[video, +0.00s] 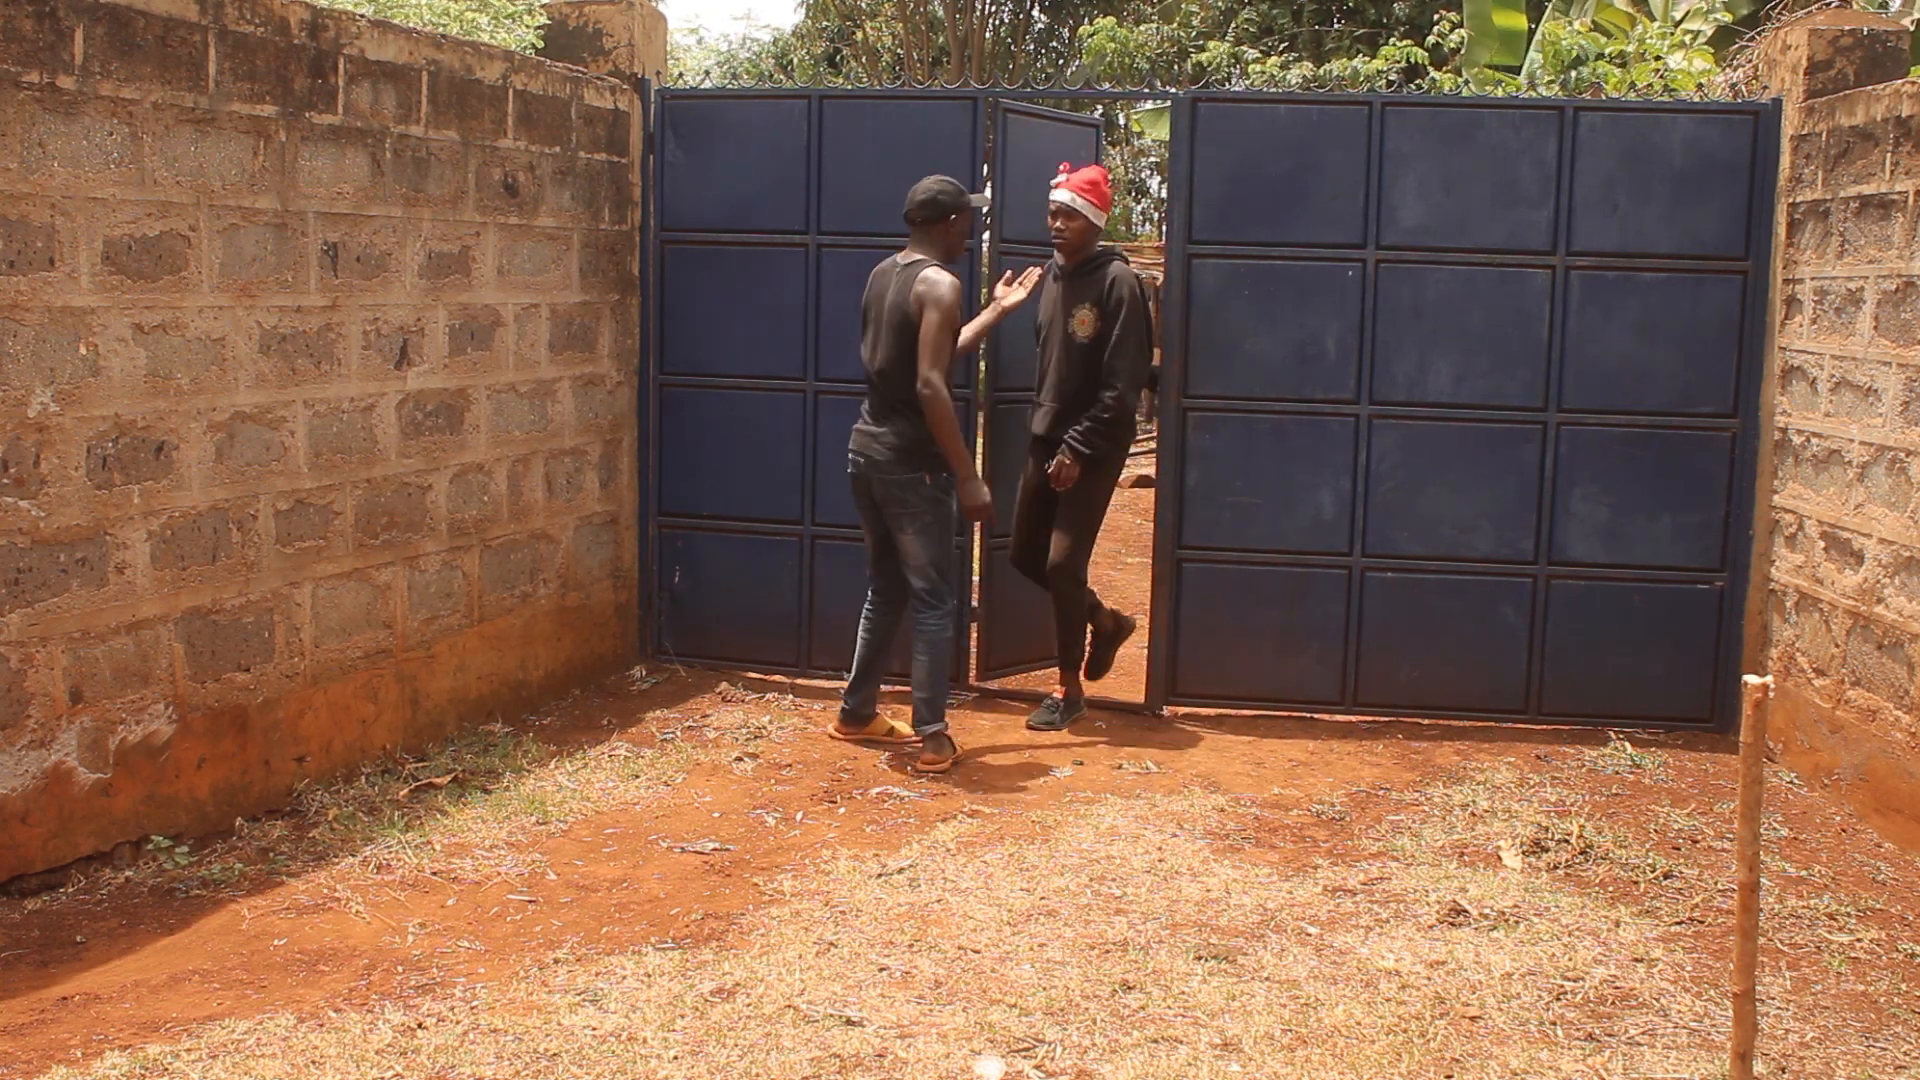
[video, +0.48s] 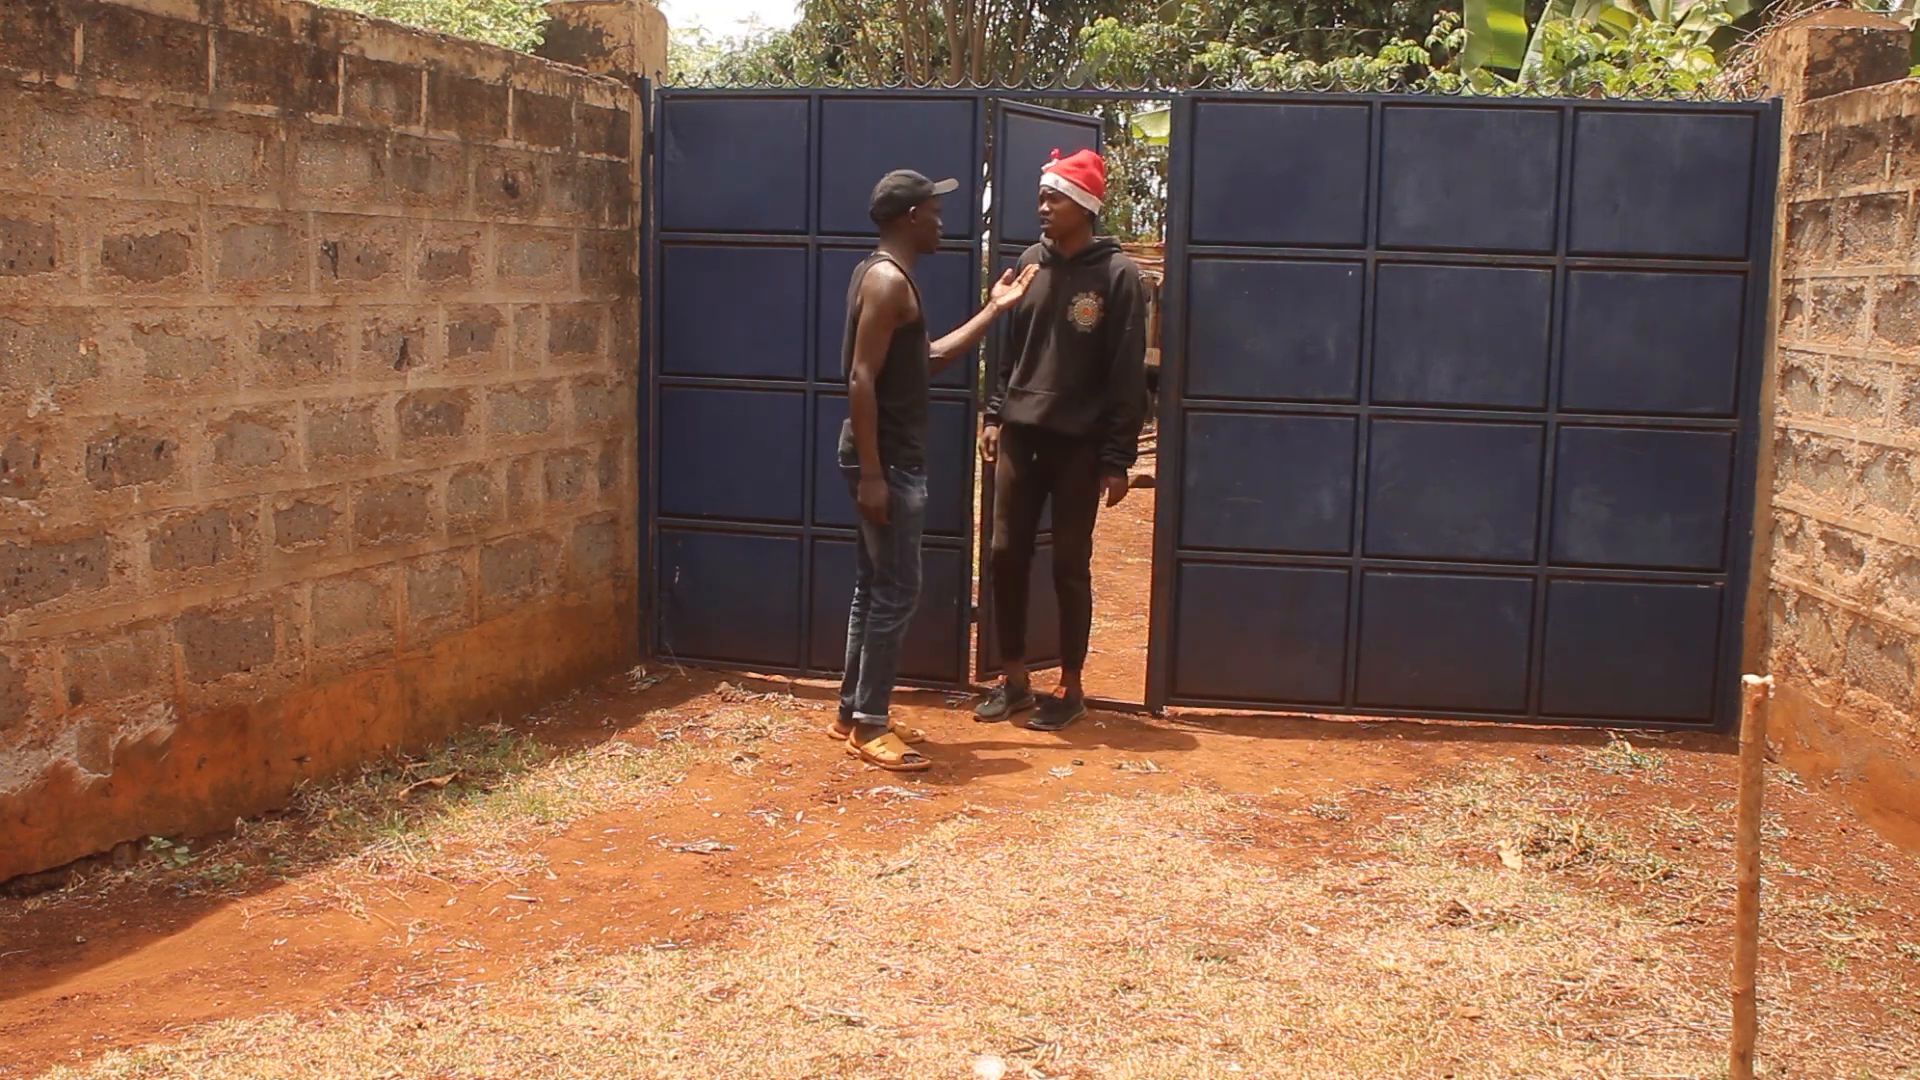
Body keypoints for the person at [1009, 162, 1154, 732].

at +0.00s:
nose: (1056, 223)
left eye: (1069, 214)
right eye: (1053, 212)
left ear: (1098, 221)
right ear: (1049, 216)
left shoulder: (1121, 281)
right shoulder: (1052, 276)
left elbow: (1123, 386)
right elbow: (1050, 358)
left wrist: (1079, 448)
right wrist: (1041, 428)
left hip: (1095, 444)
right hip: (1047, 437)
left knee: (1064, 564)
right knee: (1025, 554)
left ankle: (1071, 694)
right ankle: (1105, 621)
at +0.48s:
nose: (1044, 208)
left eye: (1056, 199)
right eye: (1043, 198)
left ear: (1089, 207)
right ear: (1043, 202)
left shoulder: (1122, 276)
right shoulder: (1029, 265)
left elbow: (1129, 372)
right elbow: (1007, 347)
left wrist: (1119, 455)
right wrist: (994, 415)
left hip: (1081, 439)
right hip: (1019, 433)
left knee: (1070, 564)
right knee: (1004, 554)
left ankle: (1071, 688)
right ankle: (1012, 681)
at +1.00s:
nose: (1036, 204)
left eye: (1048, 195)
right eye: (1034, 195)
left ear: (1079, 202)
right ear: (1035, 201)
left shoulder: (1104, 274)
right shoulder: (1024, 268)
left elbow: (1100, 377)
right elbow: (1003, 348)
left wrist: (1072, 455)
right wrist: (971, 310)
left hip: (1060, 439)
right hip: (1008, 434)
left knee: (1063, 566)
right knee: (1012, 559)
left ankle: (1070, 688)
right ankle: (1014, 682)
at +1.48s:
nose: (1043, 207)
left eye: (1055, 198)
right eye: (1040, 197)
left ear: (1088, 205)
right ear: (1039, 202)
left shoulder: (1118, 278)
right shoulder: (1025, 269)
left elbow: (1121, 377)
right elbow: (1000, 351)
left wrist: (1105, 460)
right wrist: (996, 423)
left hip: (1073, 444)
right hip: (1013, 437)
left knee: (1070, 568)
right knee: (1013, 562)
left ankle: (1071, 688)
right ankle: (1016, 681)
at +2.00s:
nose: (1066, 216)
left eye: (1078, 206)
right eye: (1063, 205)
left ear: (1109, 212)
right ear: (1060, 208)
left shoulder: (1134, 281)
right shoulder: (1046, 267)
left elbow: (1139, 377)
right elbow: (1007, 348)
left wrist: (1116, 455)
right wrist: (972, 409)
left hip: (1081, 437)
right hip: (1020, 430)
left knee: (1069, 566)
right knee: (1006, 555)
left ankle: (1071, 687)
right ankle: (1016, 678)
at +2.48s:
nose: (1101, 217)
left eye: (1113, 211)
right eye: (1098, 208)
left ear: (1139, 221)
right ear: (1092, 214)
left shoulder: (1150, 279)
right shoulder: (1073, 267)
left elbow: (1190, 367)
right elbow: (1022, 331)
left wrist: (1205, 452)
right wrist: (976, 387)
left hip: (1116, 434)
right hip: (1059, 424)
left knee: (1087, 557)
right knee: (1008, 525)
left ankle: (1072, 692)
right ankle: (1065, 605)